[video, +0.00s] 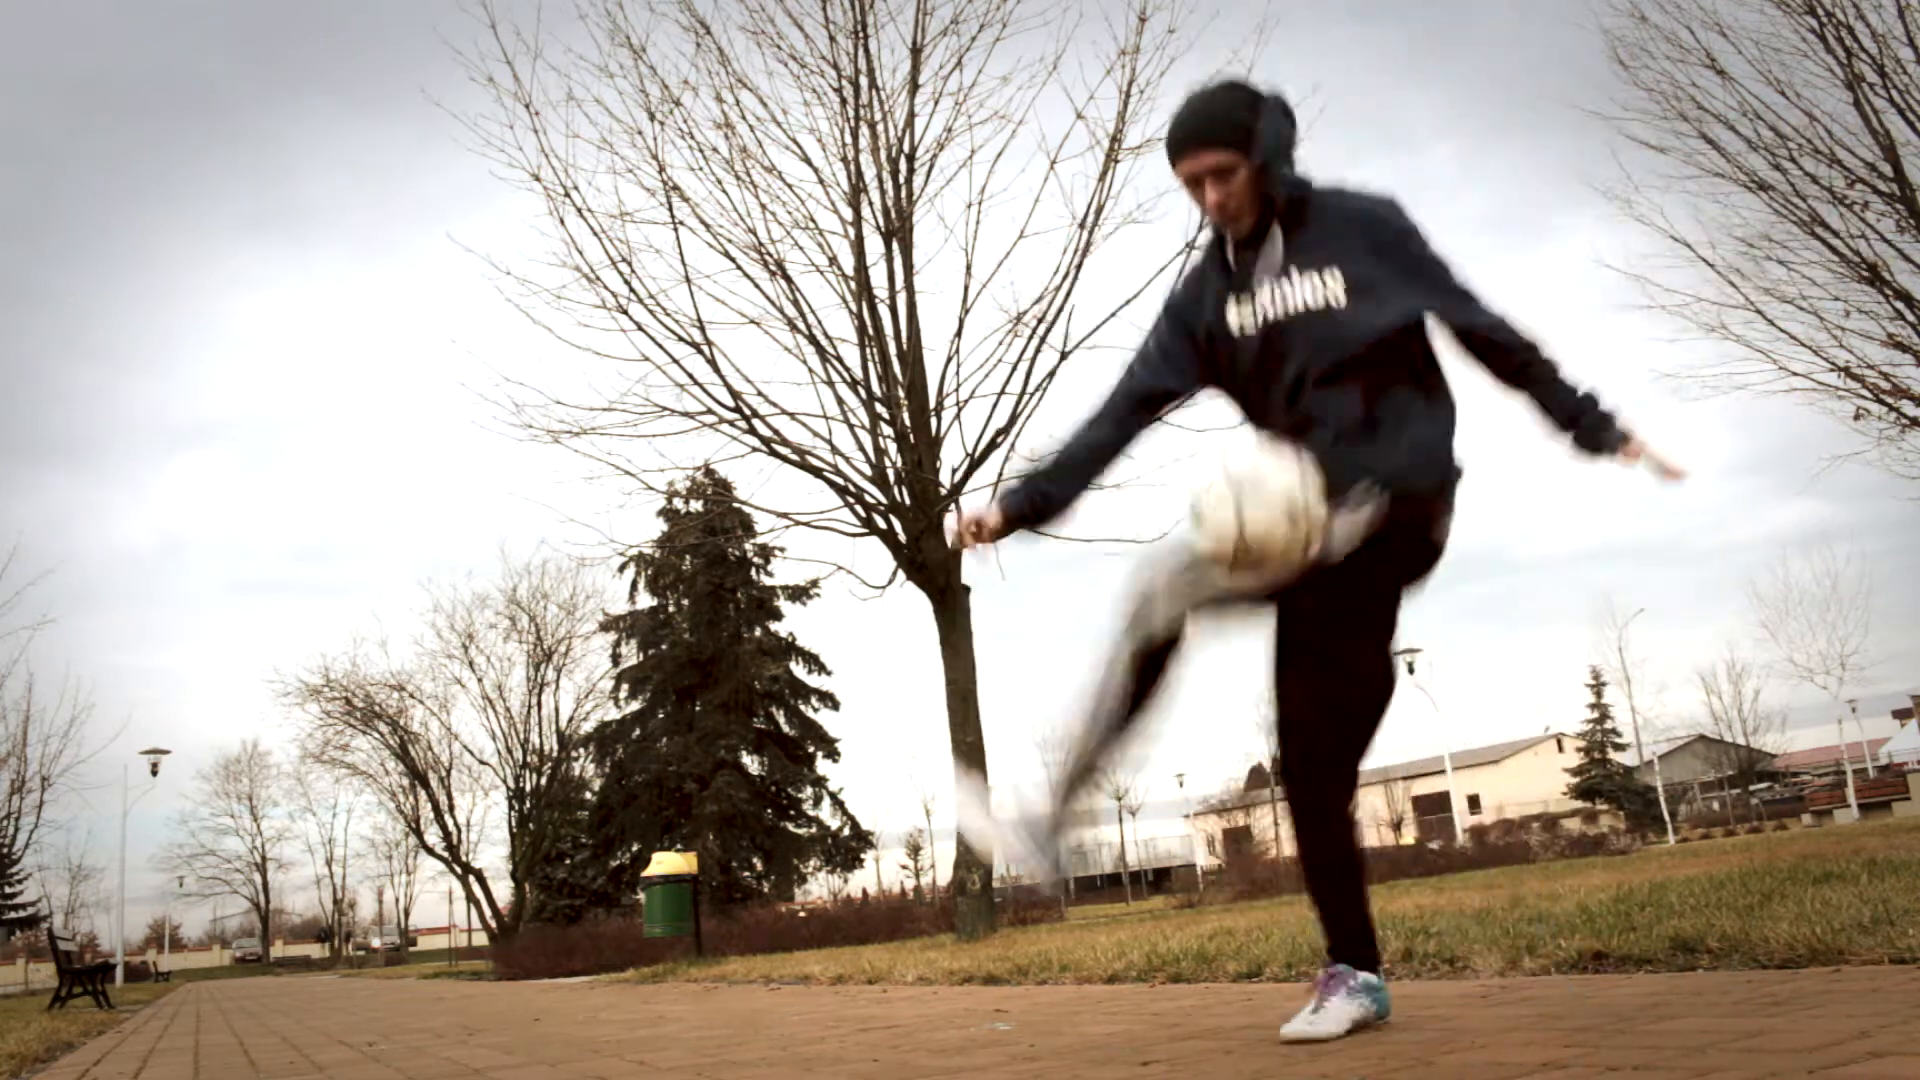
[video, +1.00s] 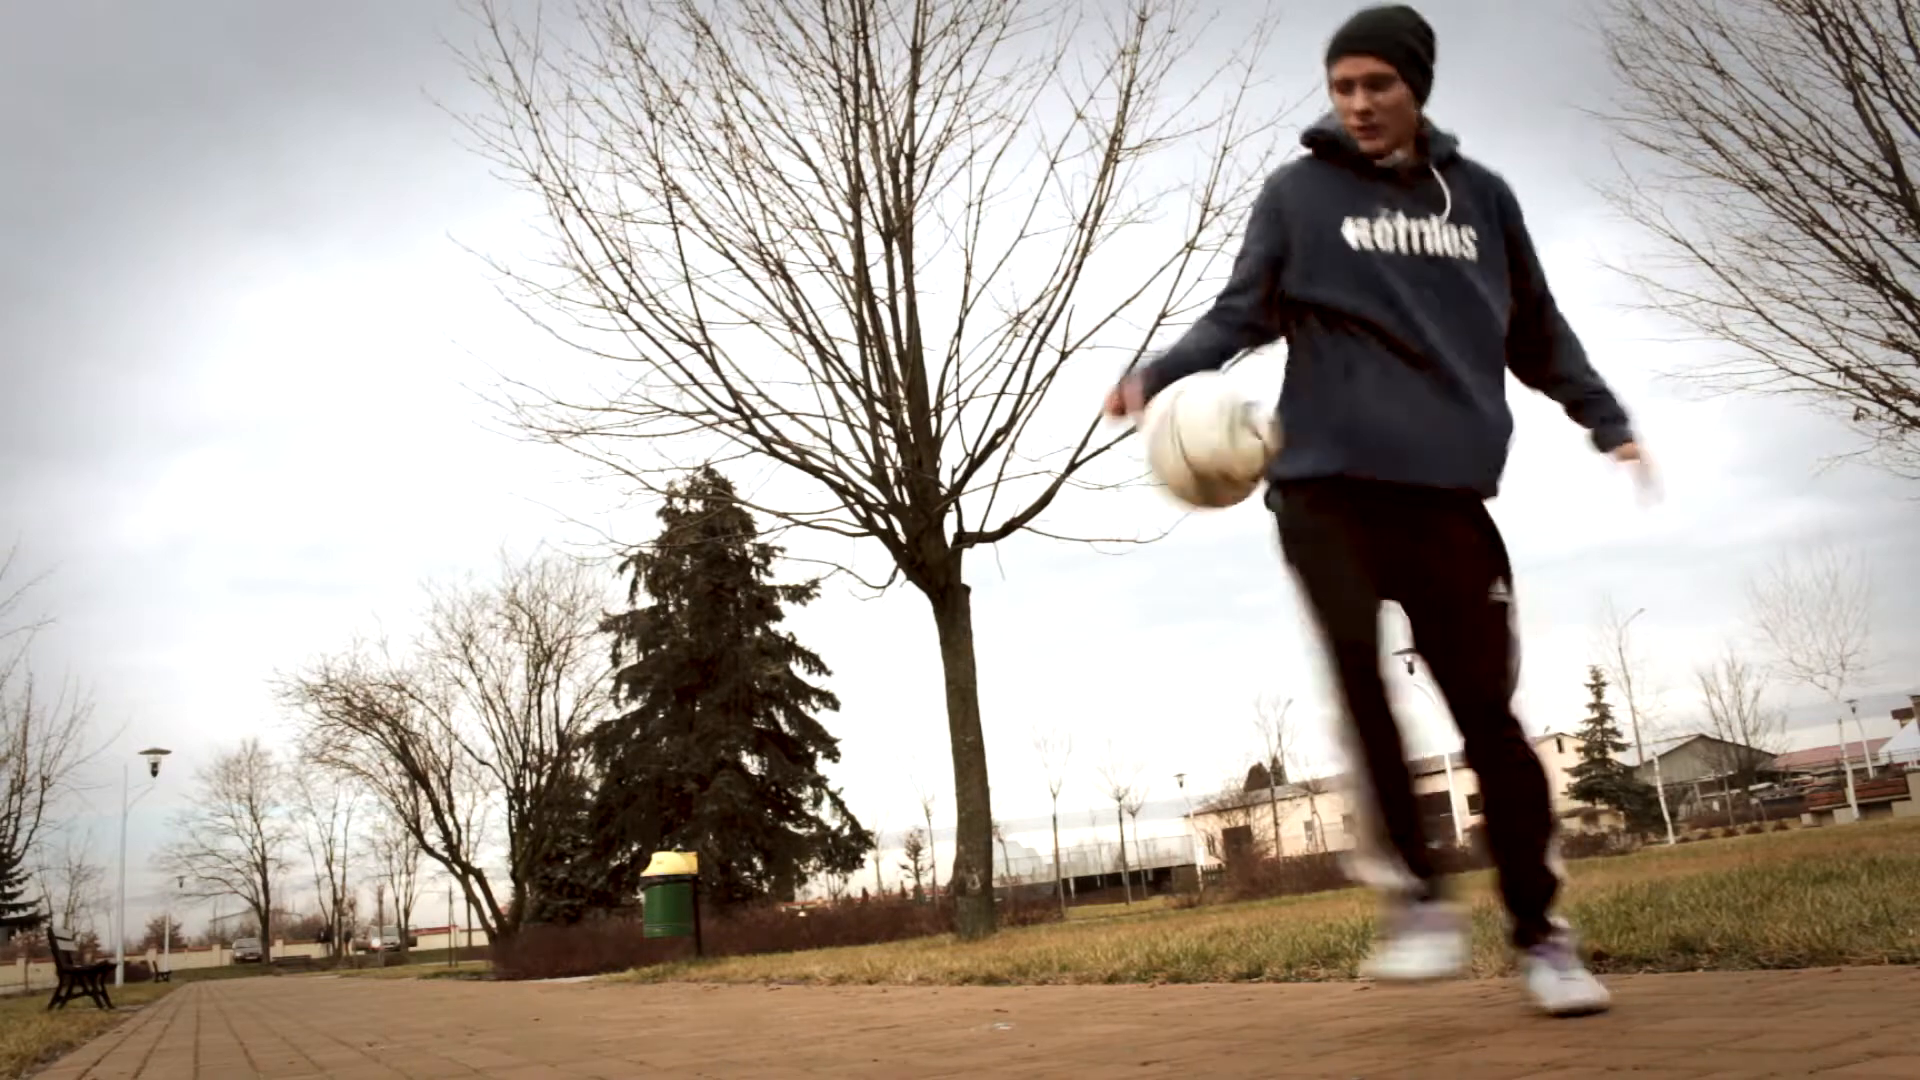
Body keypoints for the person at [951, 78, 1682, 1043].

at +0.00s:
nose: (1211, 199)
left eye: (1223, 175)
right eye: (1195, 184)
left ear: (1267, 159)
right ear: (1186, 188)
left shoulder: (1359, 227)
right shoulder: (1201, 296)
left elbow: (1474, 325)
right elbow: (1126, 410)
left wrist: (1592, 425)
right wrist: (1017, 505)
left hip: (1399, 486)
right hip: (1312, 508)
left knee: (1166, 591)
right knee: (1311, 758)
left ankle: (1058, 806)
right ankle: (1356, 973)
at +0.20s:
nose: (1239, 179)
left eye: (1250, 158)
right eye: (1217, 166)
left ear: (1273, 157)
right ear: (1185, 180)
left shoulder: (1340, 228)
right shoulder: (1172, 297)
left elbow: (1464, 281)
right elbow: (1105, 406)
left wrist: (1599, 320)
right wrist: (1034, 503)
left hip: (1407, 498)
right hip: (1296, 530)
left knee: (1429, 619)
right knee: (1301, 748)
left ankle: (1430, 818)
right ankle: (1355, 967)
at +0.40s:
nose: (1306, 142)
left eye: (1316, 125)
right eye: (1286, 130)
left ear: (1336, 129)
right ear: (1250, 145)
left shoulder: (1376, 214)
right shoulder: (1229, 229)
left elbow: (1489, 294)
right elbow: (1198, 352)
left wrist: (1625, 280)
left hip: (1390, 442)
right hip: (1295, 480)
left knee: (1493, 304)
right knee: (1327, 726)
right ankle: (1353, 965)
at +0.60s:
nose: (1348, 79)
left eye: (1357, 63)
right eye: (1328, 66)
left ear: (1372, 67)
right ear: (1290, 75)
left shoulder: (1399, 149)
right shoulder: (1270, 148)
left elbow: (1463, 204)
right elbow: (1230, 197)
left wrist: (1593, 214)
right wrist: (1172, 204)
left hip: (1440, 364)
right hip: (1342, 377)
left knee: (1471, 572)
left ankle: (1550, 756)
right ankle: (1542, 745)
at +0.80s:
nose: (1399, 169)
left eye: (1417, 152)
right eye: (1380, 151)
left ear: (1439, 161)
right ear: (1346, 158)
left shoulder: (1488, 267)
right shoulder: (1288, 263)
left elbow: (1605, 346)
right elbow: (1219, 369)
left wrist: (1757, 393)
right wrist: (1127, 464)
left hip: (1462, 527)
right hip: (1344, 532)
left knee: (1551, 732)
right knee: (1565, 506)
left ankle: (1568, 944)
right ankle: (1737, 634)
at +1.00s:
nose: (1359, 105)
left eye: (1377, 86)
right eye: (1344, 89)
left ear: (1420, 88)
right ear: (1330, 97)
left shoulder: (1483, 199)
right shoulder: (1297, 192)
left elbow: (1535, 330)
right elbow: (1242, 313)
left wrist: (1605, 417)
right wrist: (1154, 373)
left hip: (1446, 484)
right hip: (1324, 478)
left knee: (1488, 713)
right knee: (1356, 675)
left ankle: (1540, 935)